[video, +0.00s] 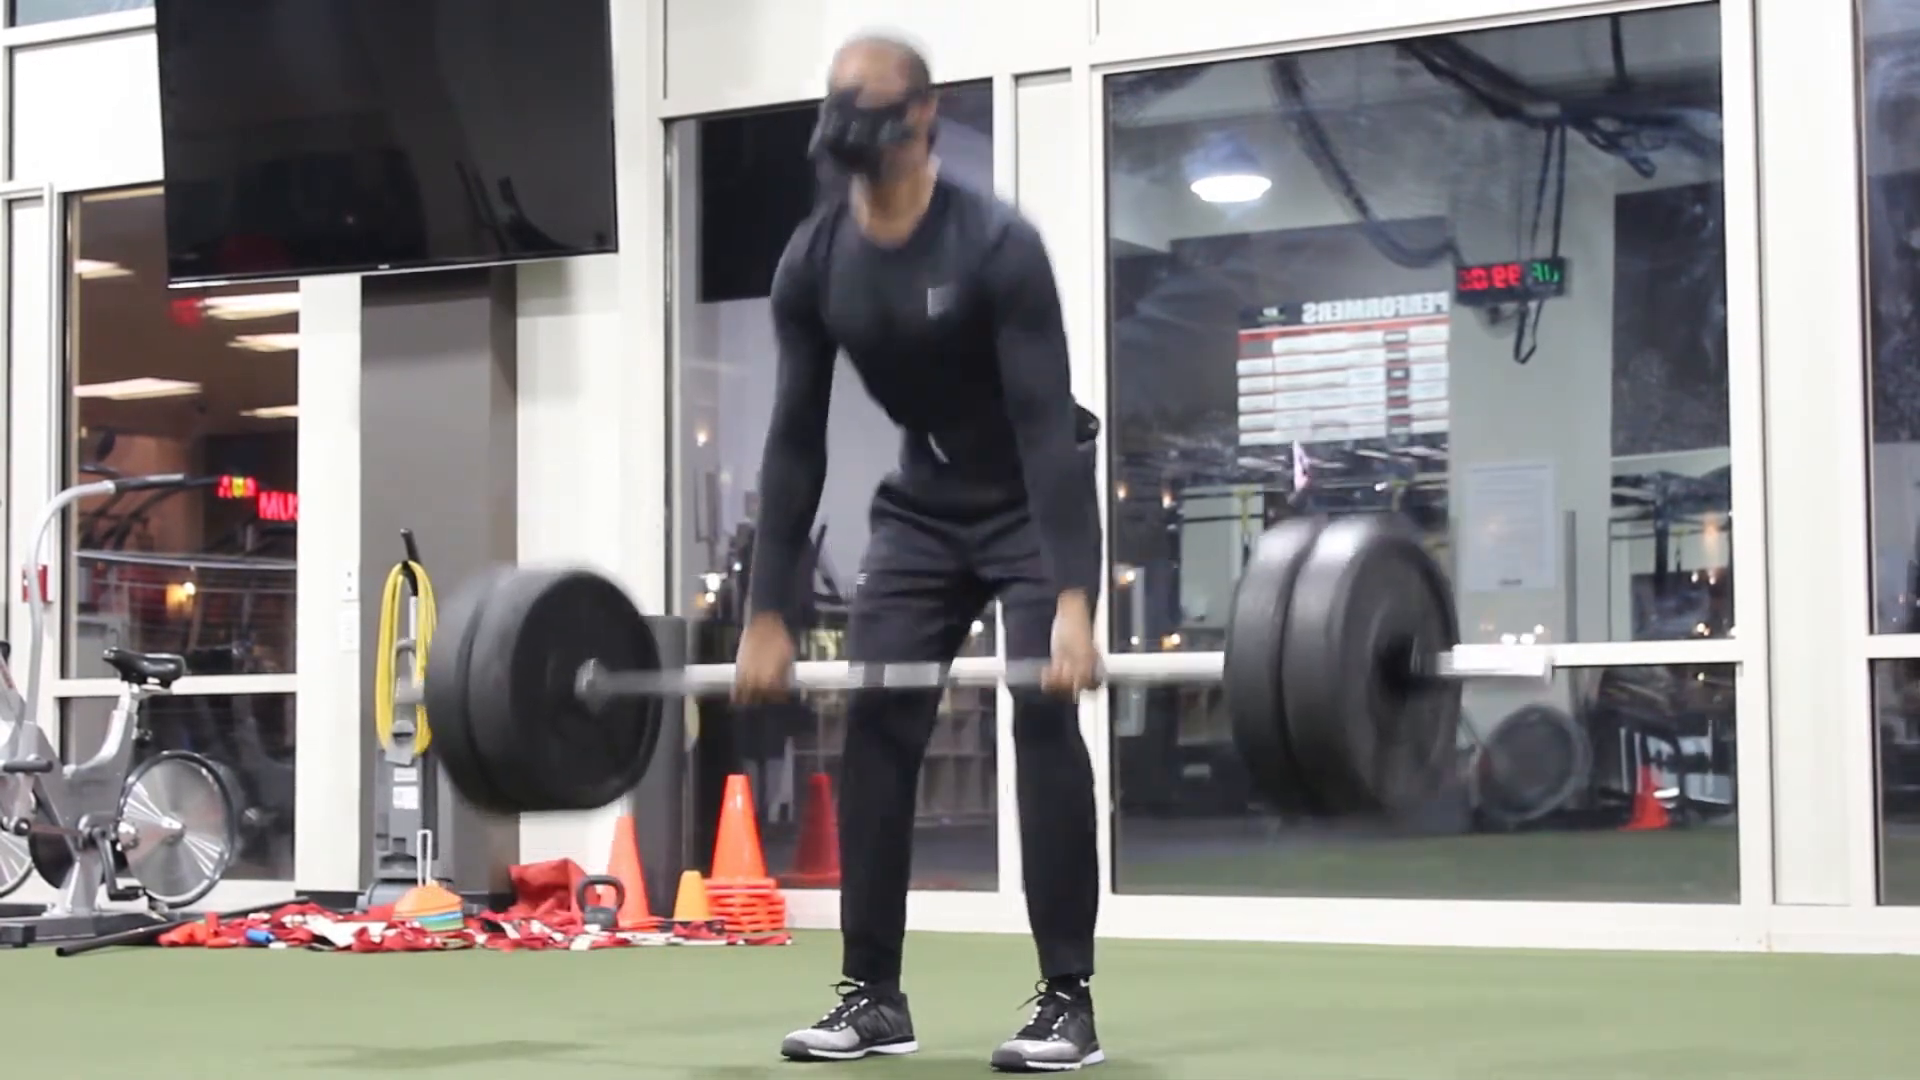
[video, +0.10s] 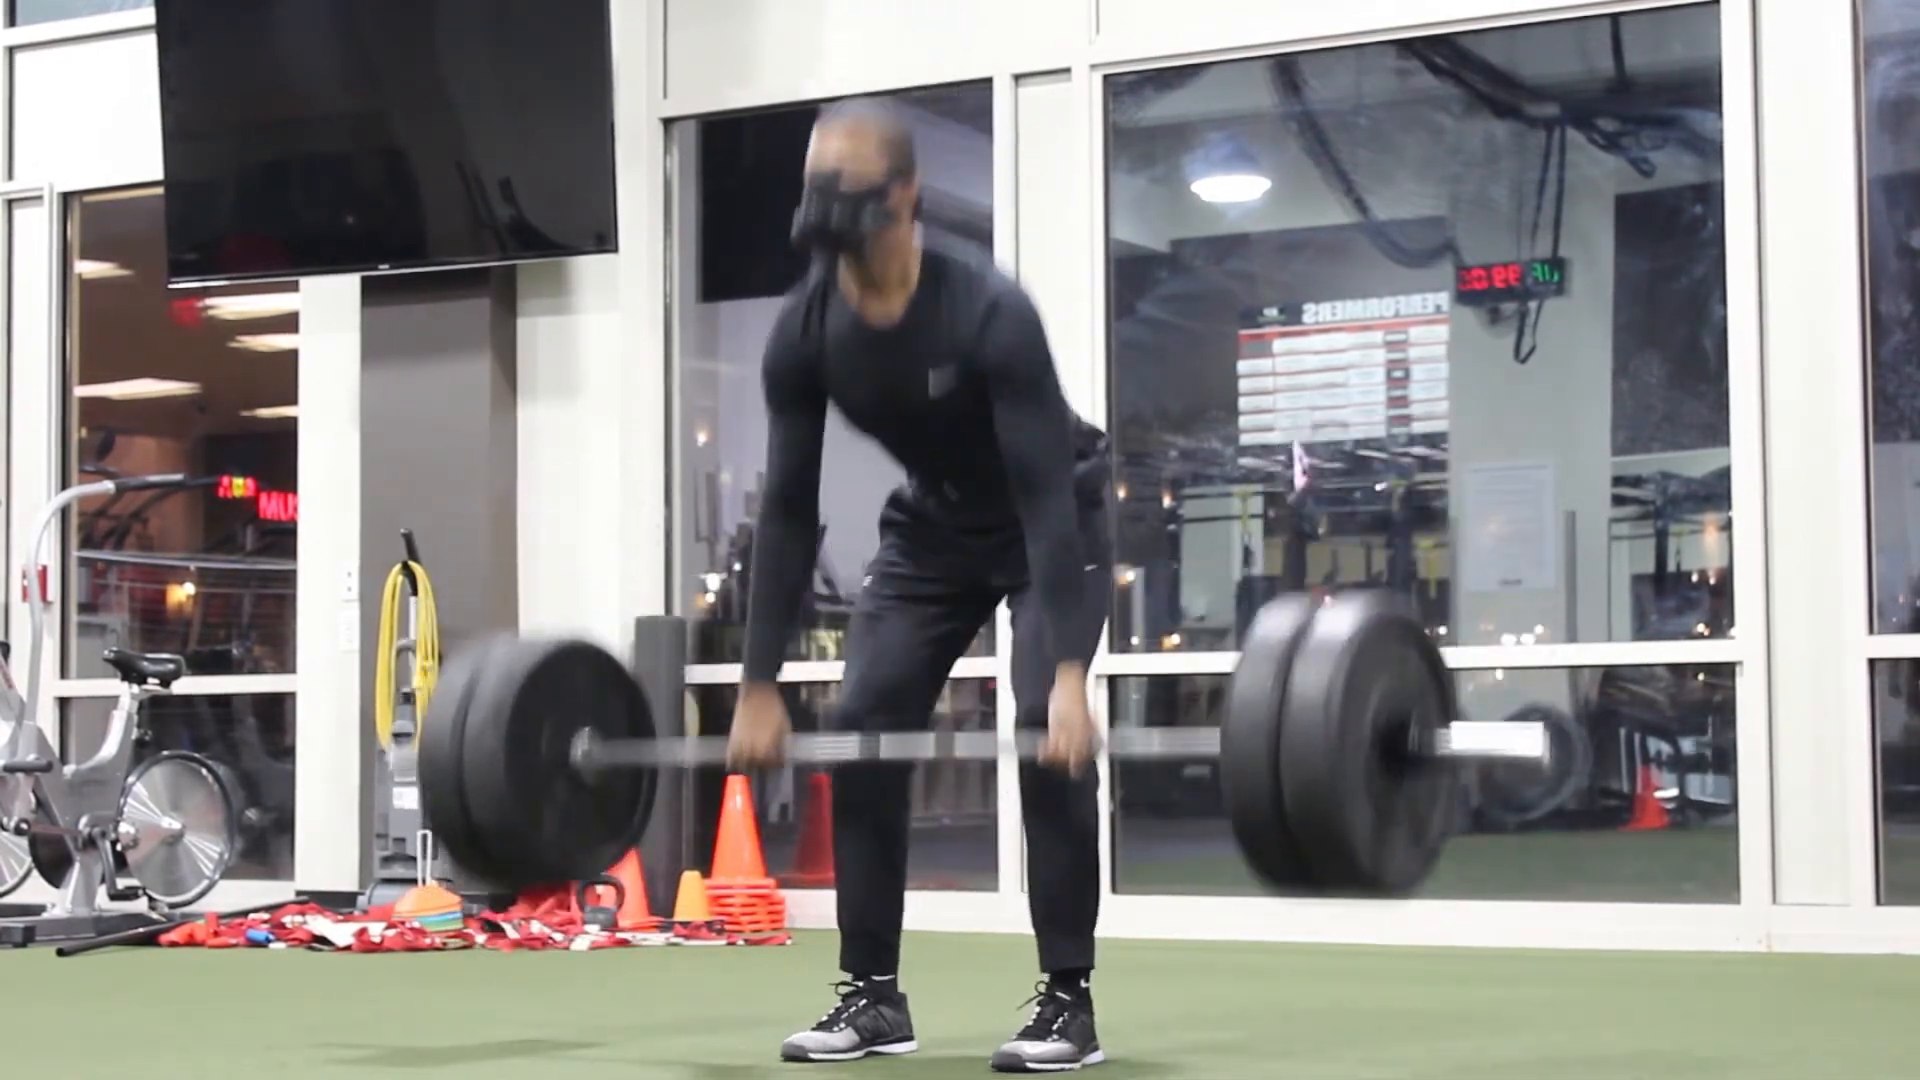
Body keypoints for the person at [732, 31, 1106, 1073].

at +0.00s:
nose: (852, 129)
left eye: (874, 112)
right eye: (841, 111)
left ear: (926, 116)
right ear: (828, 121)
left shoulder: (999, 244)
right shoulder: (811, 263)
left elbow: (1049, 424)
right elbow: (793, 440)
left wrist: (1073, 596)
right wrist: (769, 609)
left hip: (1037, 504)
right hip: (922, 505)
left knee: (1040, 710)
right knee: (879, 709)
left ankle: (1067, 998)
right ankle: (873, 996)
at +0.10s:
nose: (816, 201)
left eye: (839, 185)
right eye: (810, 184)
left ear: (904, 194)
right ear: (805, 191)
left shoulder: (992, 314)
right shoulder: (802, 335)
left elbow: (1050, 499)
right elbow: (789, 510)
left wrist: (1069, 669)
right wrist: (759, 679)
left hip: (1052, 516)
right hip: (936, 524)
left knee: (1050, 735)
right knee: (865, 725)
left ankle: (1065, 997)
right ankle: (872, 994)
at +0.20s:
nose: (811, 284)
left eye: (834, 269)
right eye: (803, 267)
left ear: (894, 282)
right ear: (790, 275)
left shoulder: (982, 386)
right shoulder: (795, 412)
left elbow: (1048, 570)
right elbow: (781, 585)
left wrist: (1068, 751)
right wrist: (758, 758)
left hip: (1052, 530)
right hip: (937, 546)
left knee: (1033, 733)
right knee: (842, 730)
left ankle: (1065, 1002)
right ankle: (872, 996)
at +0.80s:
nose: (806, 194)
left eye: (829, 179)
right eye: (799, 176)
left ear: (889, 186)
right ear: (790, 179)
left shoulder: (982, 298)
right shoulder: (790, 315)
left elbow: (1055, 464)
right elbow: (786, 483)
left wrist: (1084, 640)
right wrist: (778, 652)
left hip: (1033, 503)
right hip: (917, 507)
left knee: (1040, 725)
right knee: (869, 722)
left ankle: (1067, 996)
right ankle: (874, 991)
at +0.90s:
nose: (830, 122)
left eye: (852, 104)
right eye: (822, 103)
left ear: (910, 117)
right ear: (814, 117)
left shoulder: (991, 237)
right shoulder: (799, 254)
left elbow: (1059, 405)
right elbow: (791, 422)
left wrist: (1084, 571)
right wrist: (778, 586)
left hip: (1025, 491)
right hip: (908, 492)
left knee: (1038, 725)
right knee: (891, 728)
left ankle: (1068, 998)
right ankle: (876, 992)